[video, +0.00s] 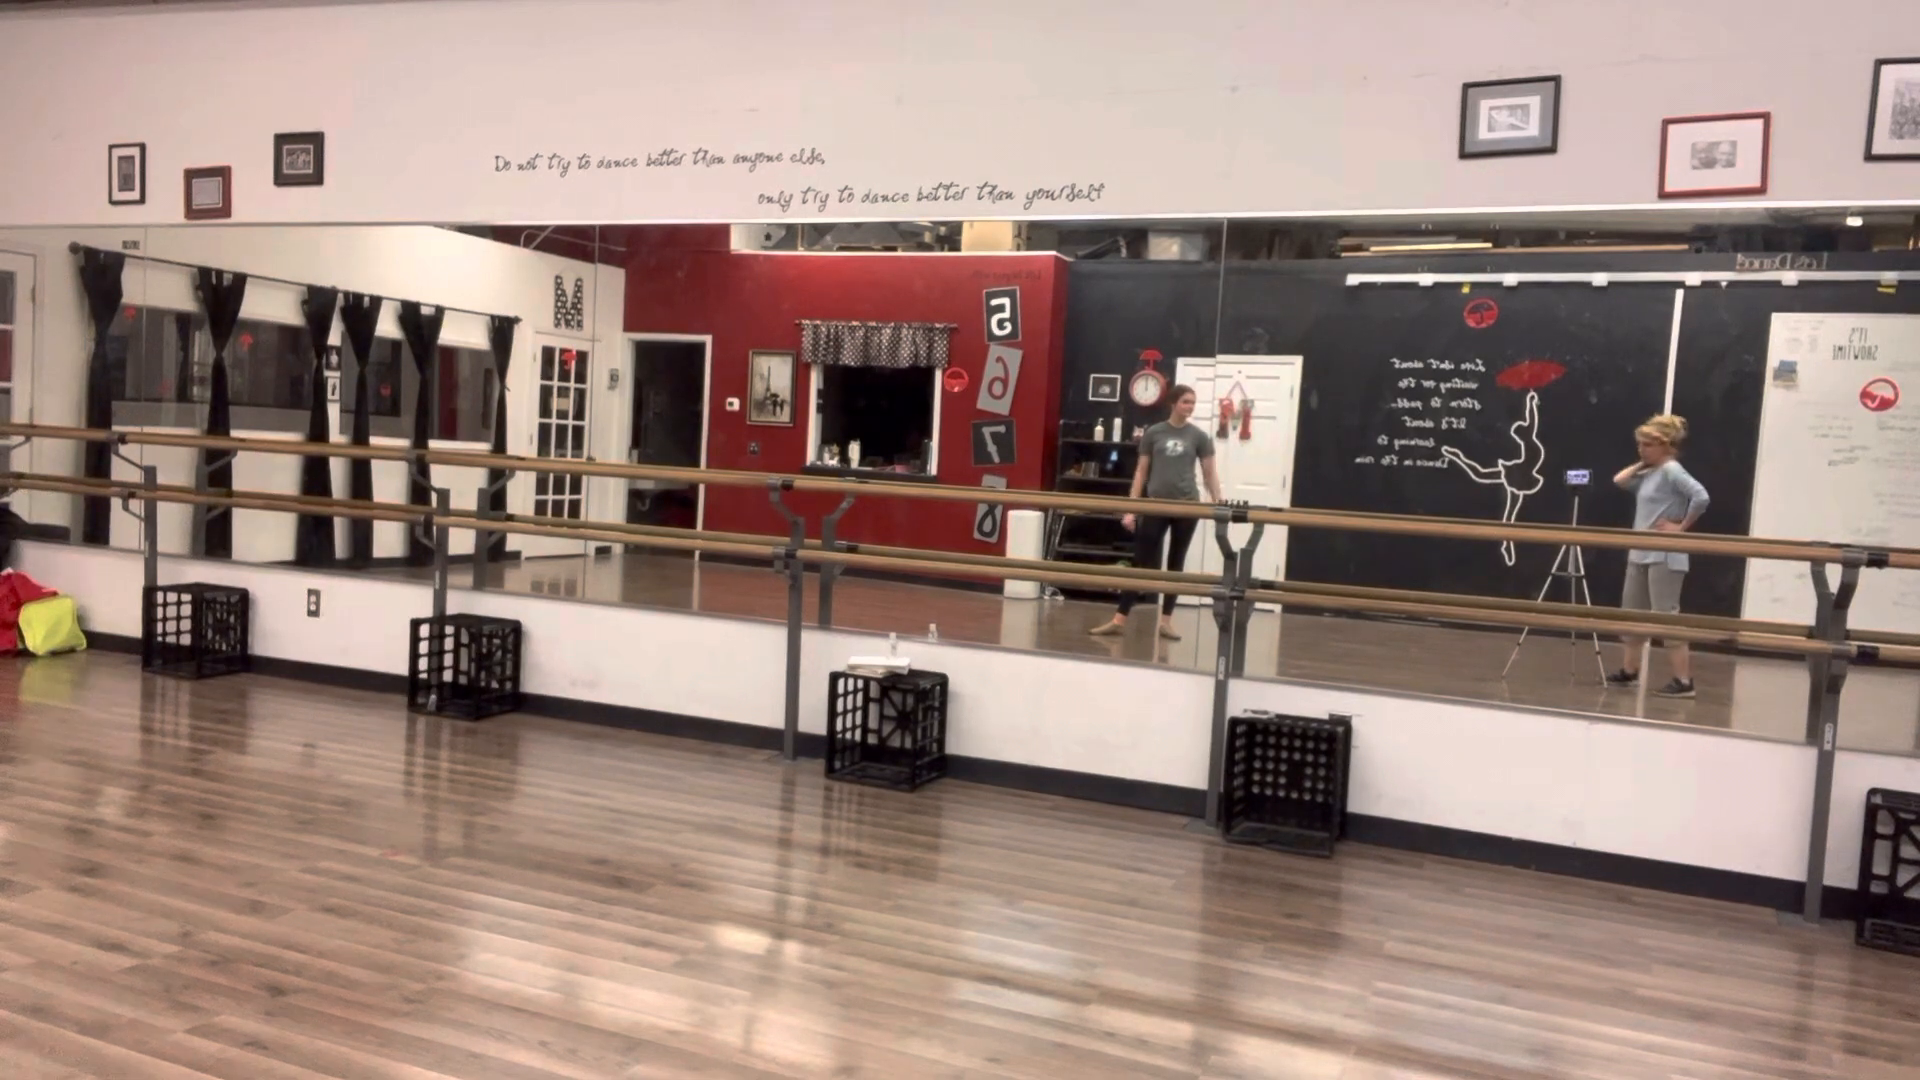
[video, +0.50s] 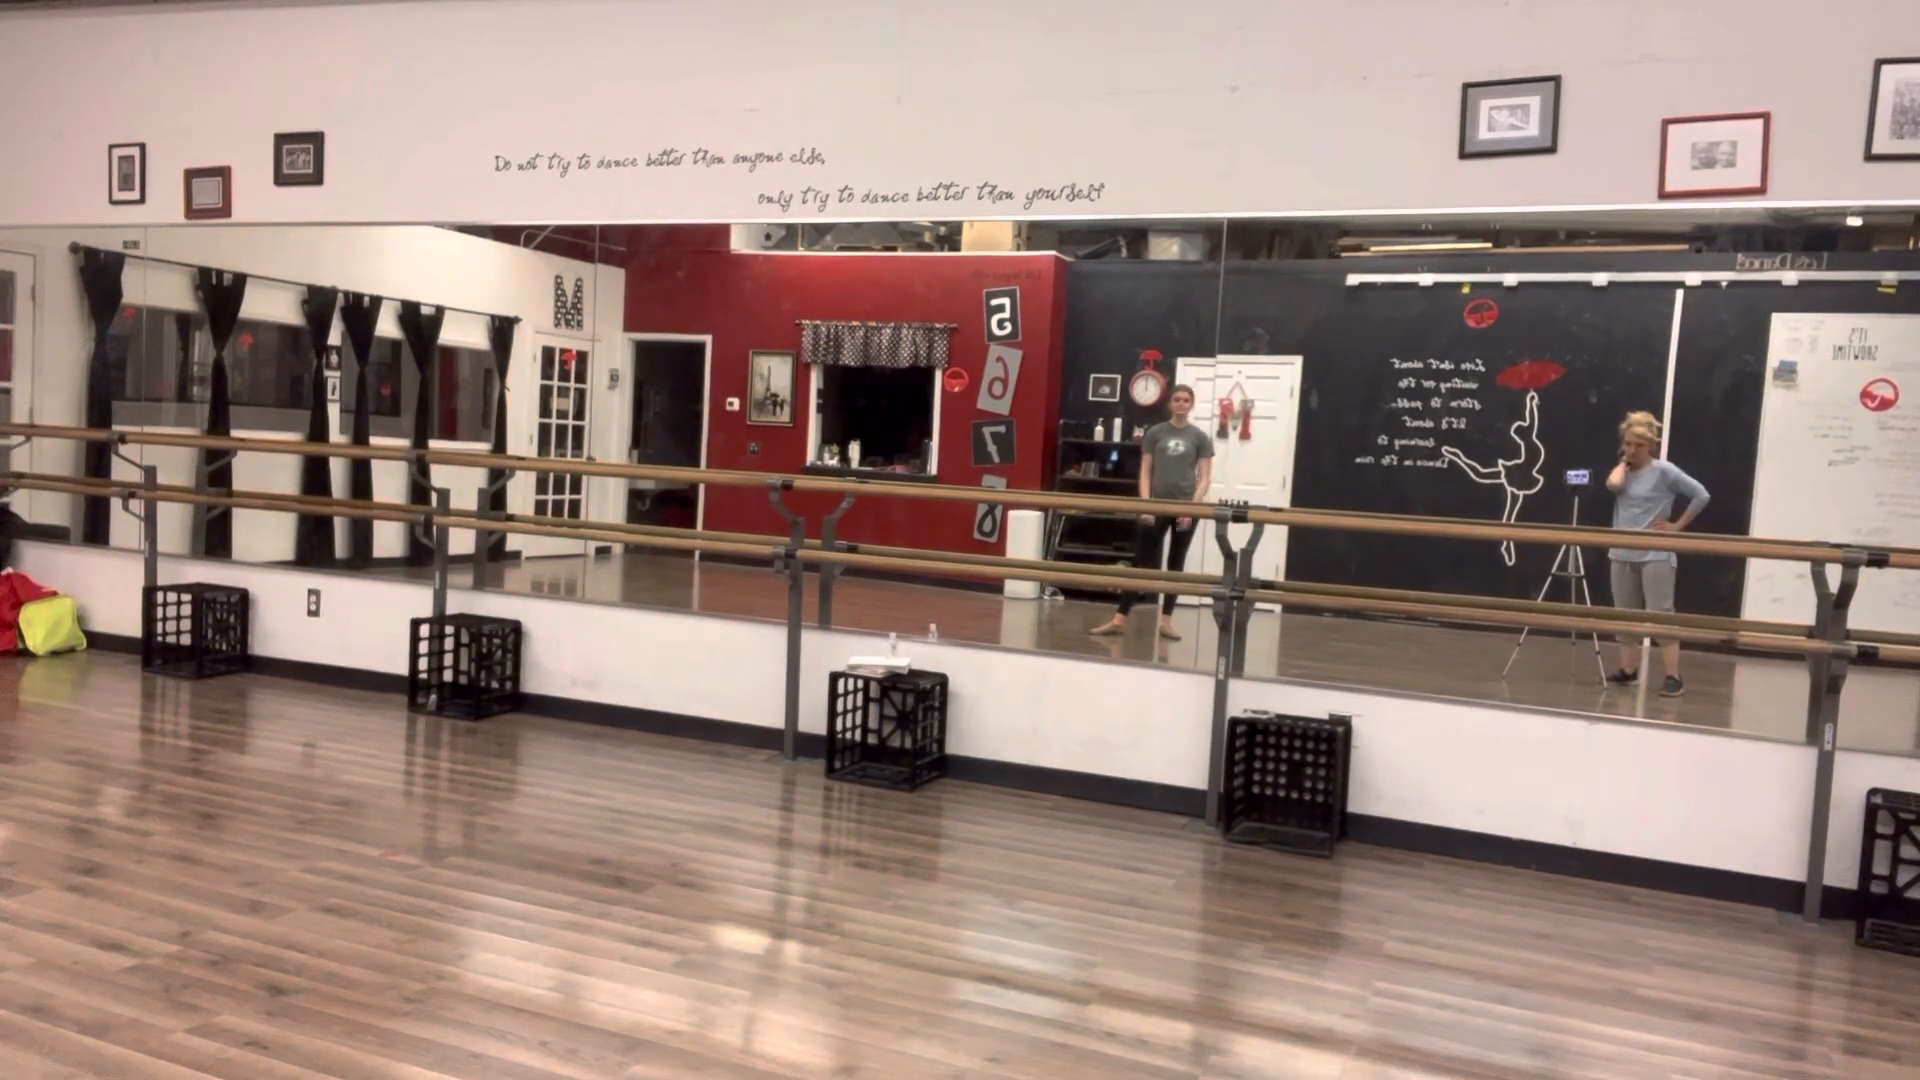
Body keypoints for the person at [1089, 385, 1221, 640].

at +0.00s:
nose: (1189, 407)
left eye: (1192, 403)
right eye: (1185, 402)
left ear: (1194, 406)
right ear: (1173, 403)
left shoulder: (1199, 437)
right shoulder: (1152, 433)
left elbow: (1209, 474)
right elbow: (1141, 472)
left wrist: (1217, 502)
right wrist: (1131, 507)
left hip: (1186, 509)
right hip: (1155, 506)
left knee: (1175, 564)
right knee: (1141, 560)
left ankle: (1165, 620)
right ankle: (1120, 618)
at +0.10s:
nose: (1187, 406)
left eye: (1190, 402)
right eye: (1183, 401)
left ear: (1194, 406)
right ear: (1172, 403)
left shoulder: (1200, 437)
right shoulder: (1153, 433)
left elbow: (1206, 477)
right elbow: (1144, 472)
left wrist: (1205, 509)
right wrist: (1144, 508)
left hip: (1186, 509)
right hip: (1156, 506)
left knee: (1175, 563)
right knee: (1141, 560)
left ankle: (1166, 619)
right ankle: (1120, 617)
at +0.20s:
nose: (1184, 405)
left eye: (1188, 401)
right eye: (1180, 400)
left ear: (1193, 405)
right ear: (1171, 403)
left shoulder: (1201, 437)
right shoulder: (1153, 432)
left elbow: (1202, 476)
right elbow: (1148, 473)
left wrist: (1184, 508)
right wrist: (1161, 505)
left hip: (1185, 507)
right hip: (1156, 504)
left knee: (1175, 563)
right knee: (1141, 558)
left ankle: (1166, 619)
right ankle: (1120, 617)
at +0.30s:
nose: (1183, 405)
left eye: (1187, 401)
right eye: (1179, 400)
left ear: (1192, 405)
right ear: (1171, 403)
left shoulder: (1201, 437)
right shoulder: (1154, 432)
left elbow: (1202, 475)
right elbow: (1148, 471)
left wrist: (1180, 500)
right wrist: (1164, 501)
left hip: (1186, 504)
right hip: (1157, 502)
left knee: (1176, 561)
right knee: (1142, 557)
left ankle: (1166, 619)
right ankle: (1120, 617)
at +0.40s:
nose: (1182, 405)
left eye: (1186, 401)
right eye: (1178, 400)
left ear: (1192, 405)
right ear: (1170, 403)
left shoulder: (1202, 438)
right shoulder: (1153, 433)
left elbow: (1203, 477)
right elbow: (1146, 474)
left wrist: (1183, 503)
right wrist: (1157, 503)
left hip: (1186, 507)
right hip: (1157, 504)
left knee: (1176, 562)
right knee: (1141, 558)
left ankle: (1166, 619)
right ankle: (1120, 617)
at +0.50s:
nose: (1181, 404)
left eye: (1186, 401)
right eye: (1177, 400)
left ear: (1192, 405)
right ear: (1170, 403)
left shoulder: (1201, 438)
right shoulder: (1154, 433)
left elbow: (1205, 478)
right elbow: (1145, 471)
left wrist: (1191, 509)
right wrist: (1145, 505)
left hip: (1184, 509)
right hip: (1155, 506)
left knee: (1175, 565)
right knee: (1141, 560)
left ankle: (1166, 619)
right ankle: (1120, 617)